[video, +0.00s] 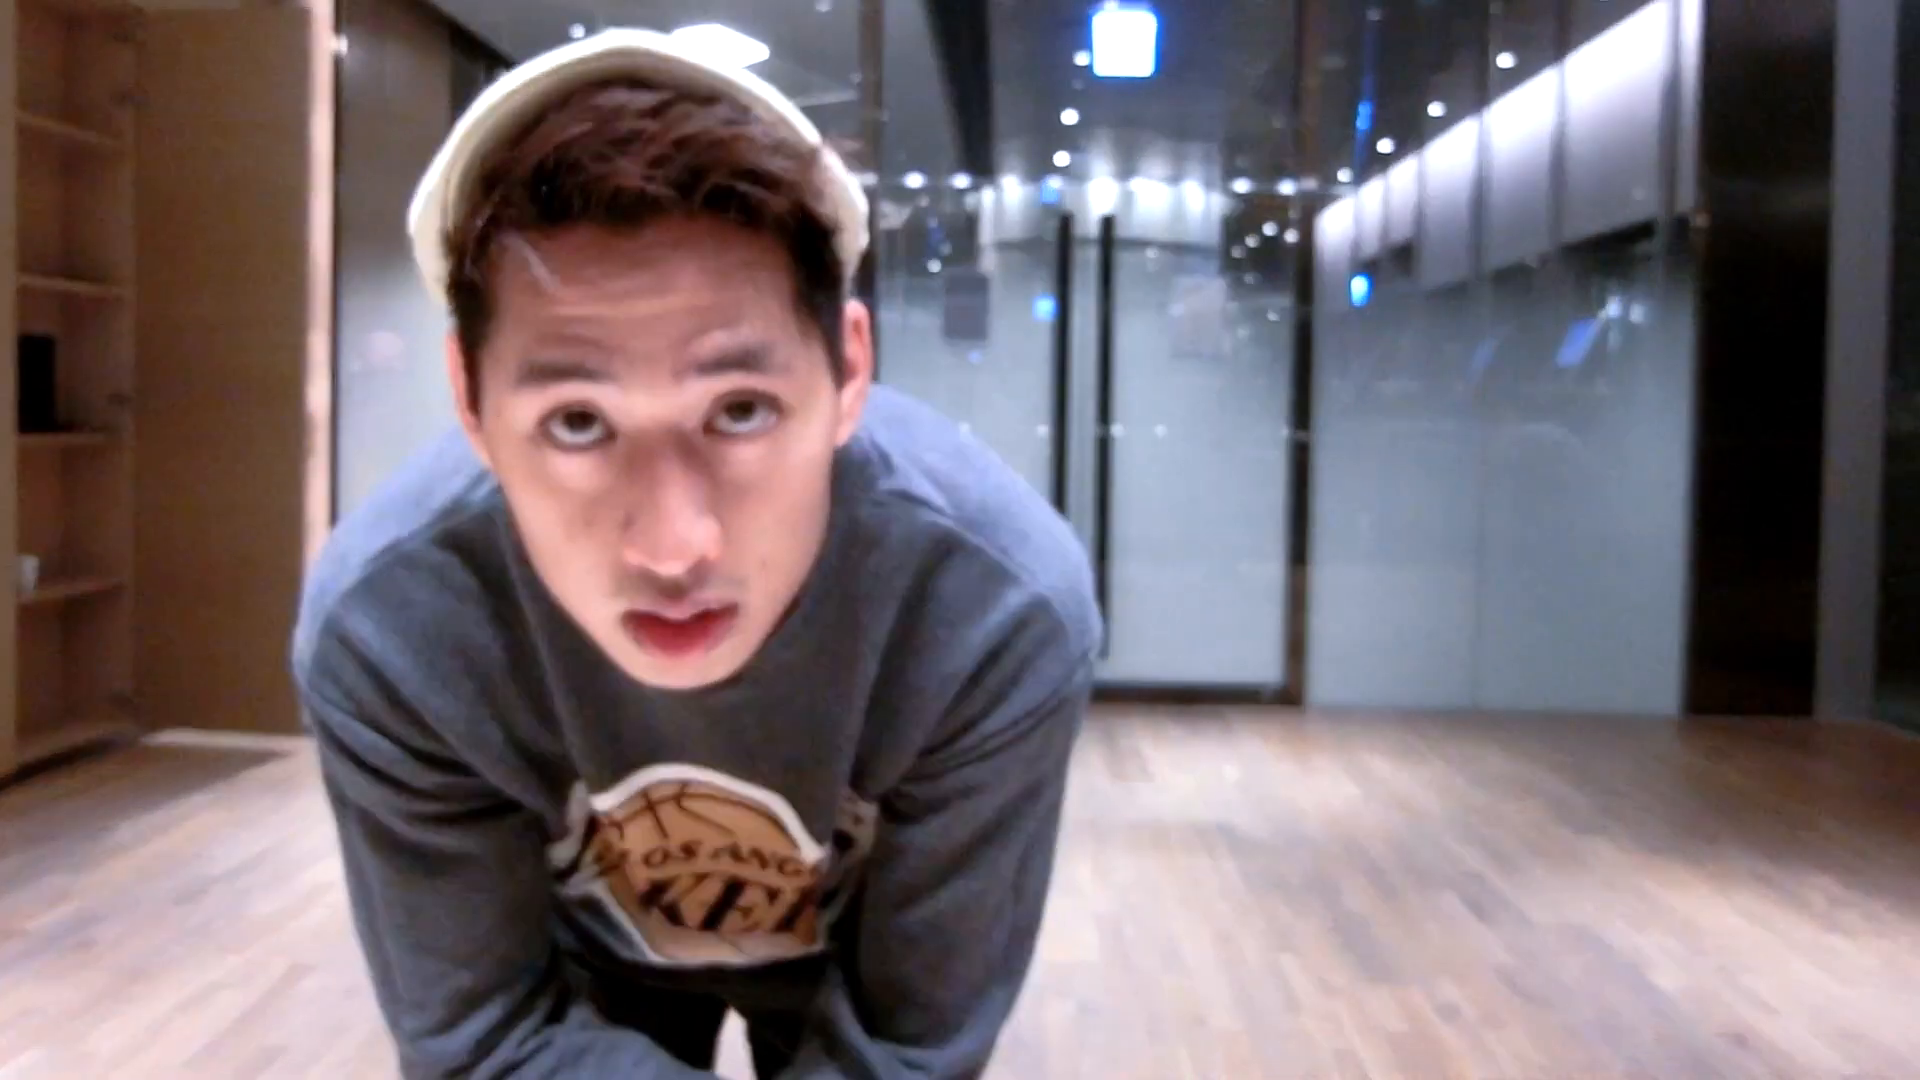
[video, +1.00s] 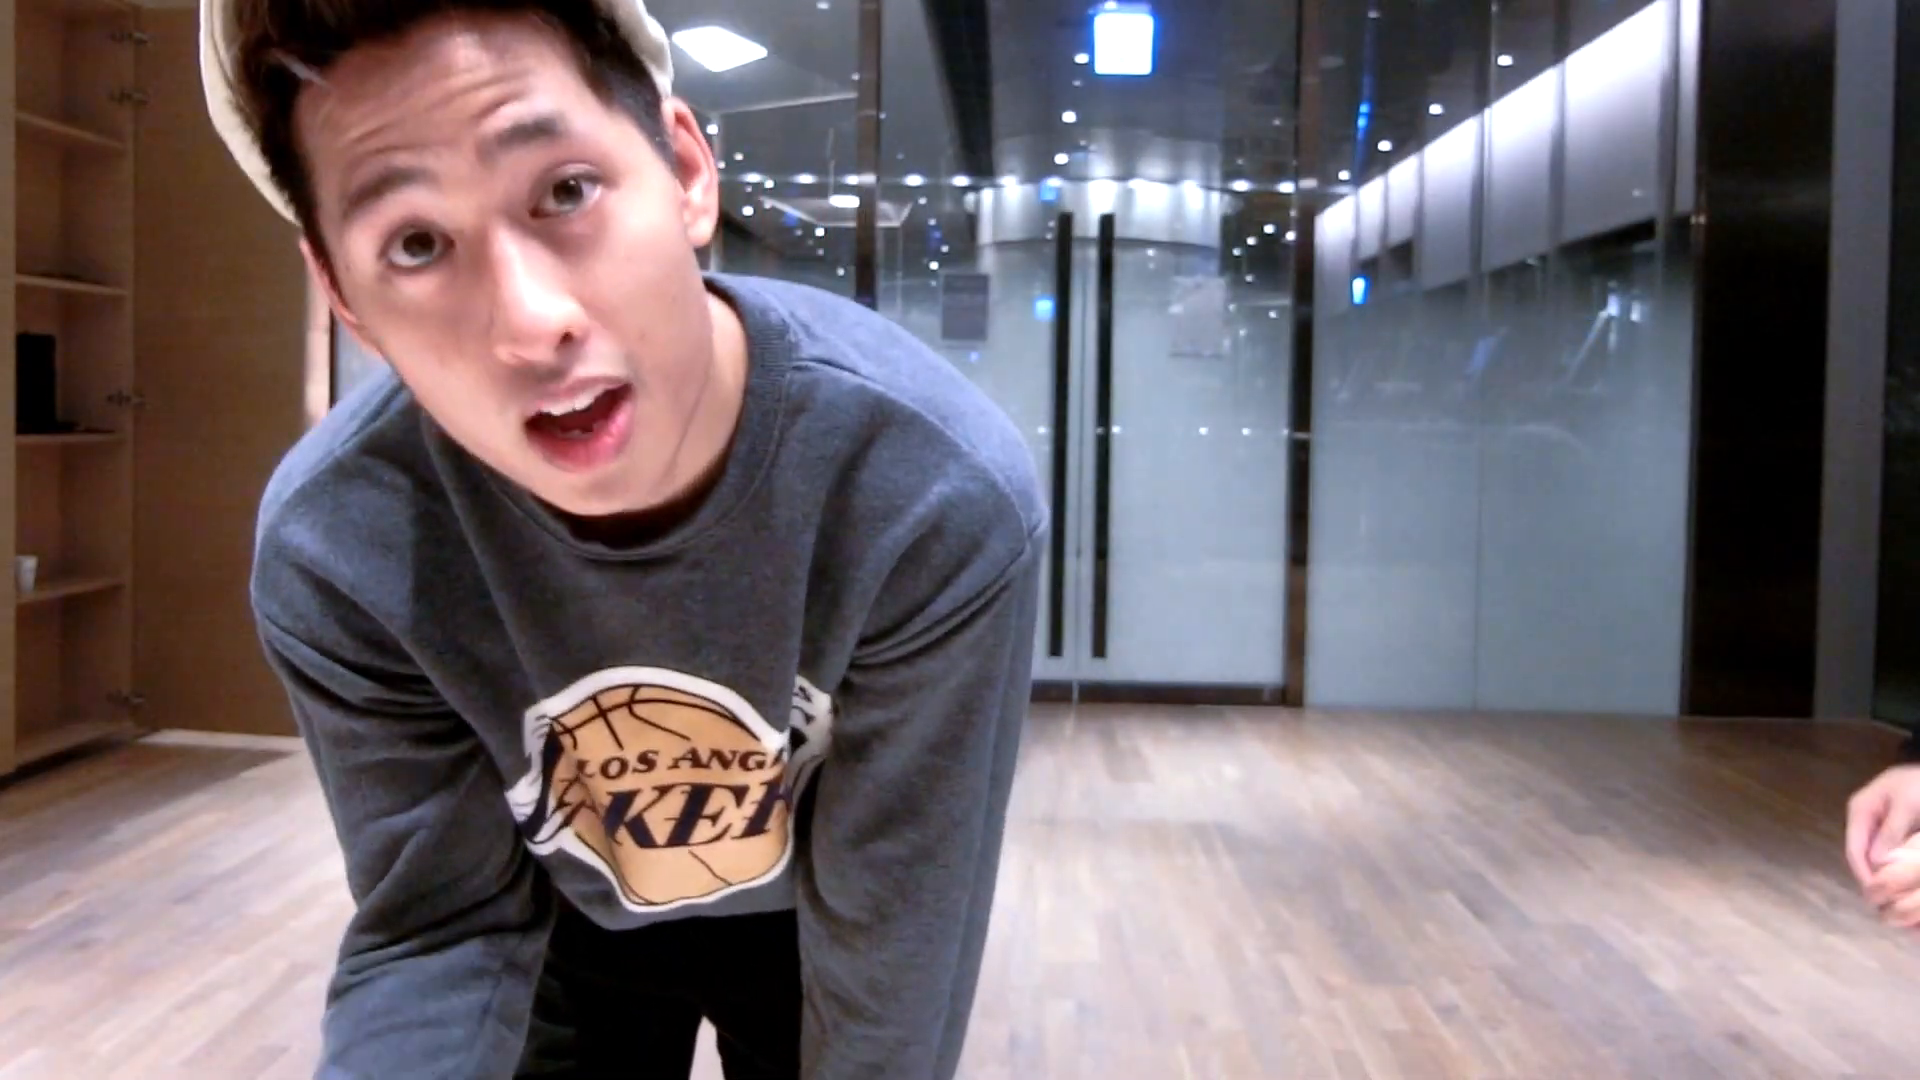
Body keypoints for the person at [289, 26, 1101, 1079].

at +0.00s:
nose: (674, 538)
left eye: (739, 410)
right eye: (577, 422)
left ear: (847, 376)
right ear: (472, 404)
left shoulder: (1002, 611)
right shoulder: (384, 629)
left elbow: (907, 1051)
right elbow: (483, 1038)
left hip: (855, 947)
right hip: (595, 948)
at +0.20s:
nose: (652, 446)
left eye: (719, 334)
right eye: (561, 343)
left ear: (828, 305)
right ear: (454, 341)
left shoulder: (987, 613)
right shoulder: (368, 591)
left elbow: (825, 1029)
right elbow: (515, 1018)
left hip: (866, 938)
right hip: (586, 950)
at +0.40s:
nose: (573, 316)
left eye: (633, 196)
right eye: (477, 221)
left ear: (767, 205)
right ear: (403, 266)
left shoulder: (993, 543)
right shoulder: (363, 583)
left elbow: (862, 976)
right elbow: (478, 990)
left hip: (848, 932)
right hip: (578, 935)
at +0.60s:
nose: (544, 355)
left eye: (578, 219)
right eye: (432, 279)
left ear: (711, 191)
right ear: (370, 331)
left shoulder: (984, 522)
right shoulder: (367, 594)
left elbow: (894, 1007)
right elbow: (461, 974)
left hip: (843, 910)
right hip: (582, 911)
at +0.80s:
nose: (557, 432)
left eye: (581, 293)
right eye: (435, 357)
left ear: (700, 247)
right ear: (358, 385)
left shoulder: (959, 543)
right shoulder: (352, 610)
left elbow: (899, 1022)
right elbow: (412, 985)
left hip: (844, 926)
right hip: (568, 923)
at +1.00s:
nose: (532, 323)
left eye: (563, 192)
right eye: (418, 244)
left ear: (688, 174)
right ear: (341, 294)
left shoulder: (936, 501)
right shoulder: (336, 548)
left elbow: (885, 985)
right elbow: (433, 931)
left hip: (833, 917)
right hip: (566, 917)